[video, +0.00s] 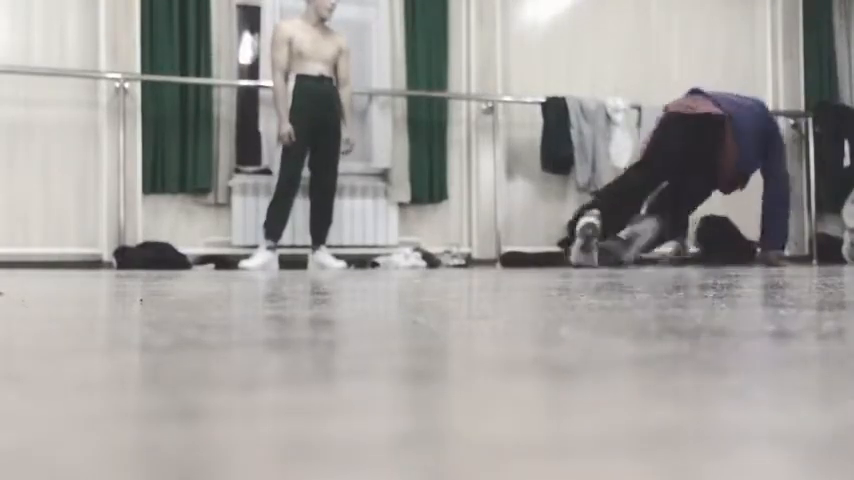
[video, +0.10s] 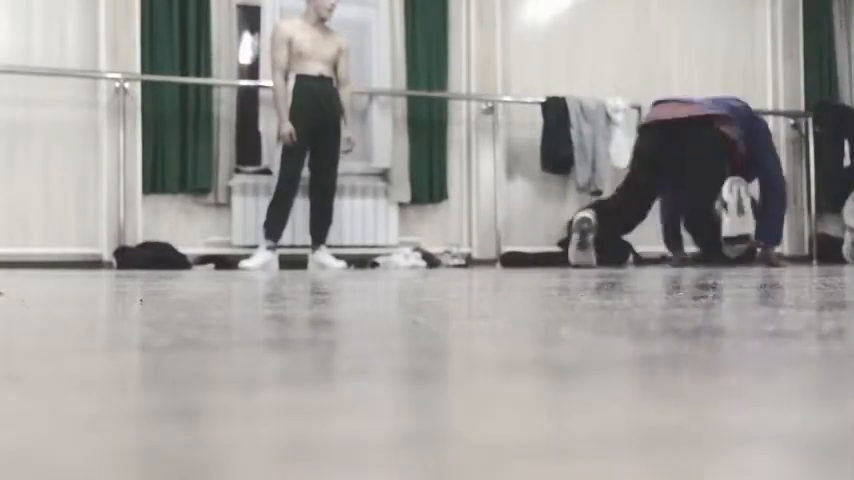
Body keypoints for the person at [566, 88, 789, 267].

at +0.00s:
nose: (724, 189)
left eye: (727, 188)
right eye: (731, 187)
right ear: (744, 171)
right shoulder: (769, 132)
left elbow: (681, 185)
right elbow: (777, 191)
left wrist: (680, 242)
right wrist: (772, 248)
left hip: (678, 117)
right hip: (720, 126)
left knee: (645, 173)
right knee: (682, 198)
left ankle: (593, 217)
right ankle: (639, 236)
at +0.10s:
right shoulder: (754, 128)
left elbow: (670, 198)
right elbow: (774, 188)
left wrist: (676, 251)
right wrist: (766, 245)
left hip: (659, 123)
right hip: (709, 129)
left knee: (634, 195)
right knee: (700, 205)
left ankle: (593, 220)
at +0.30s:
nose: (763, 138)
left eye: (768, 134)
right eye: (765, 131)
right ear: (758, 115)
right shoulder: (737, 103)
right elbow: (766, 155)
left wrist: (736, 241)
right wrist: (763, 202)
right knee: (735, 189)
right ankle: (645, 221)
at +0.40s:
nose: (760, 112)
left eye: (766, 106)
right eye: (763, 103)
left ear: (746, 82)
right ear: (752, 86)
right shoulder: (717, 81)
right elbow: (727, 112)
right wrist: (766, 146)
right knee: (728, 164)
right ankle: (679, 233)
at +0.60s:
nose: (695, 83)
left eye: (699, 76)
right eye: (690, 74)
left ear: (702, 73)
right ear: (669, 64)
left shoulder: (703, 115)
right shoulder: (631, 104)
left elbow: (735, 161)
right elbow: (597, 156)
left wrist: (780, 196)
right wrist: (582, 203)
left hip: (674, 207)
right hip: (622, 206)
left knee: (715, 187)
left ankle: (670, 243)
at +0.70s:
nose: (605, 87)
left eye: (610, 79)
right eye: (597, 81)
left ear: (617, 71)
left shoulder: (637, 93)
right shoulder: (574, 122)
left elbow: (683, 103)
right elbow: (559, 184)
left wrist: (652, 83)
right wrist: (539, 244)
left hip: (676, 187)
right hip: (626, 201)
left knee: (742, 252)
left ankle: (677, 250)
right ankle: (648, 245)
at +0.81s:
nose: (552, 75)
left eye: (546, 71)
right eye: (554, 68)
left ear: (535, 78)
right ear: (571, 62)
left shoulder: (542, 125)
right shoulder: (602, 80)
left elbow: (538, 191)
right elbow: (582, 89)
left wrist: (536, 249)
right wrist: (541, 90)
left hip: (617, 195)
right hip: (660, 166)